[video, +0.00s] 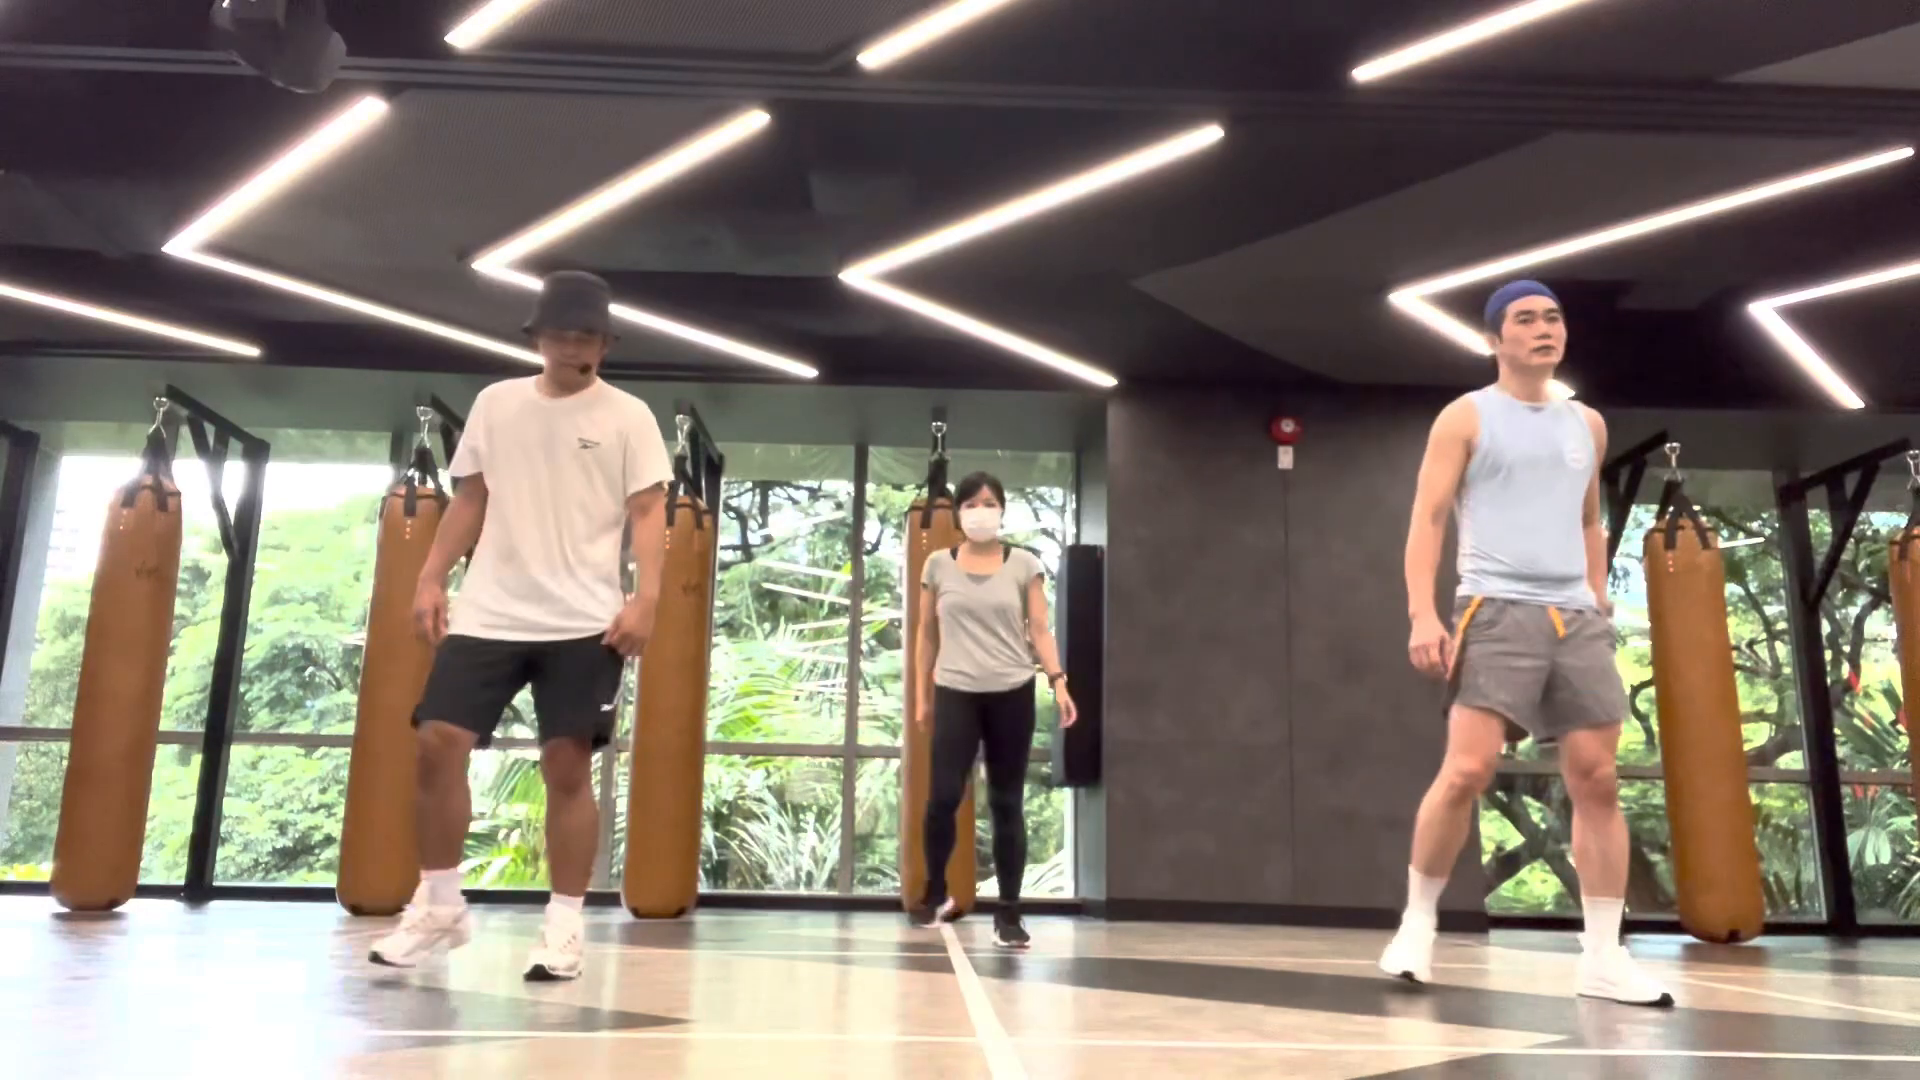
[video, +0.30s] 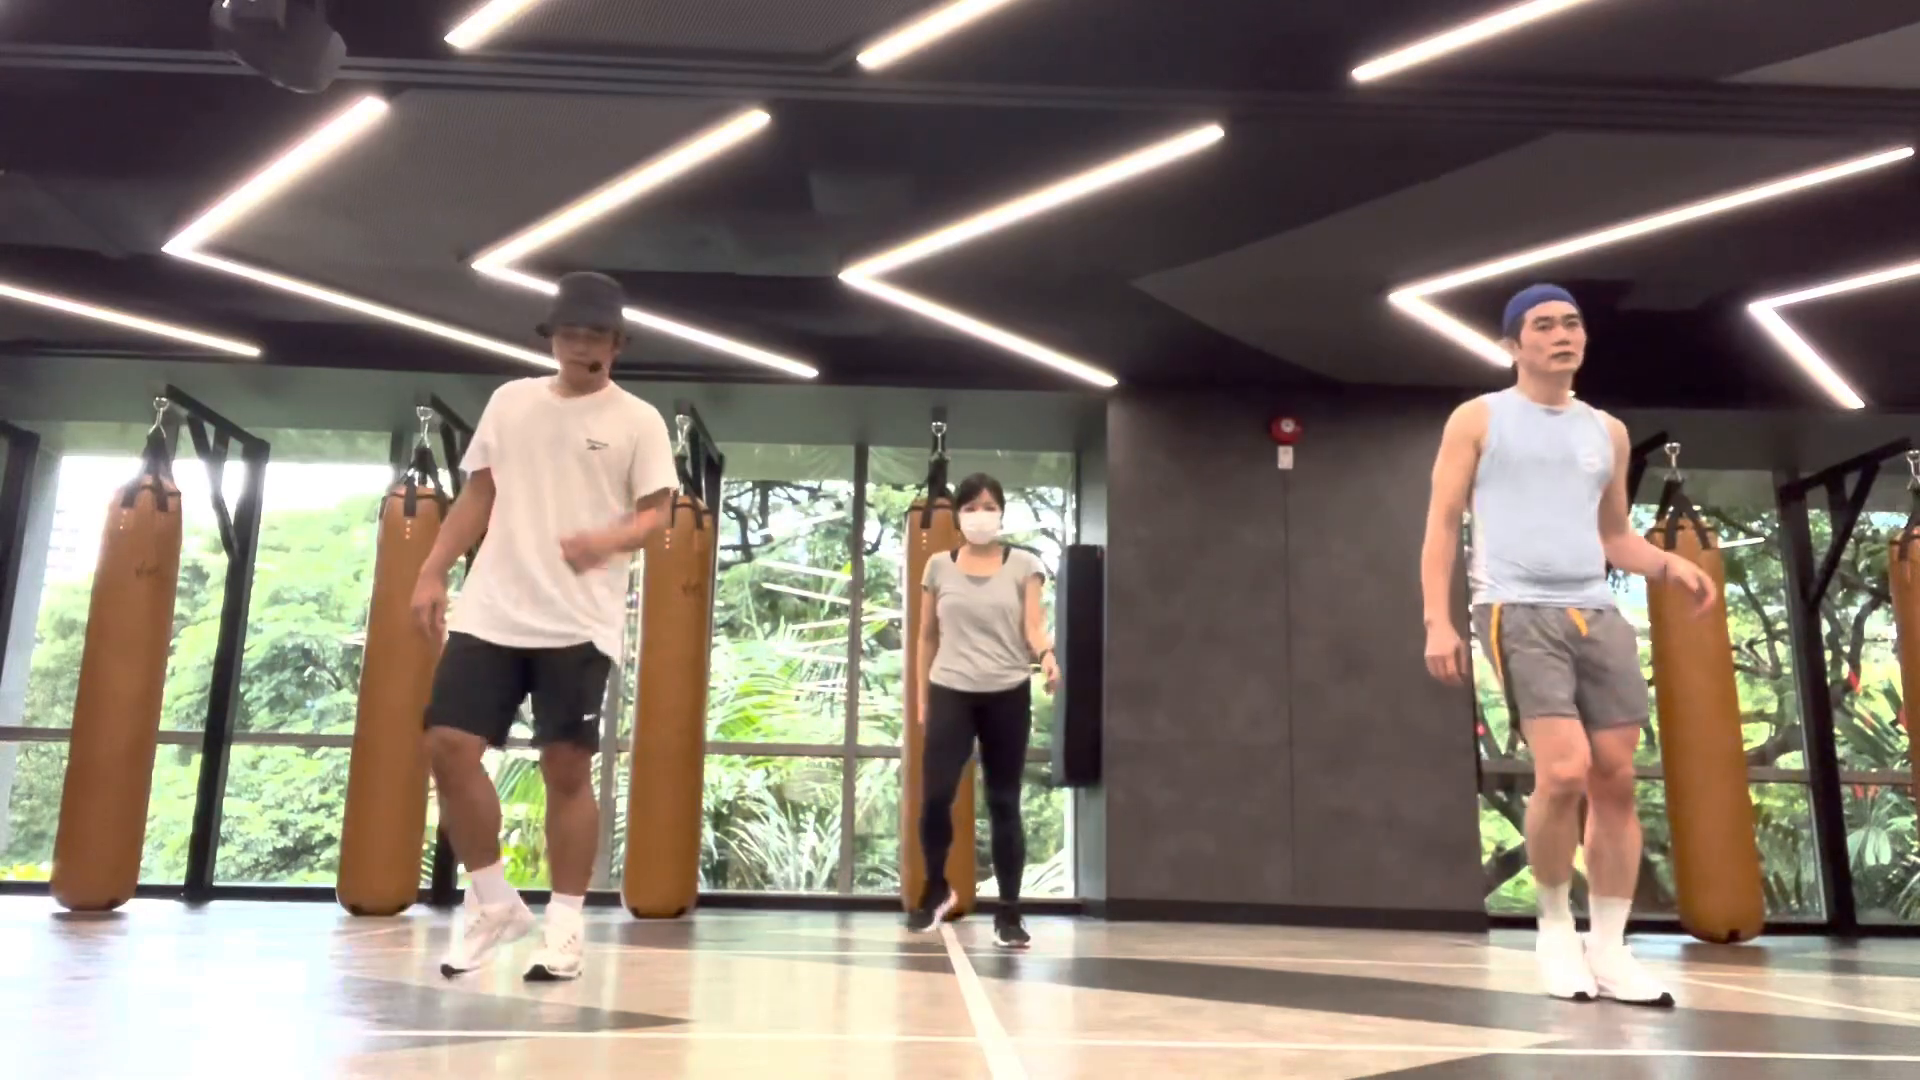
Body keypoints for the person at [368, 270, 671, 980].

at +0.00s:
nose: (575, 350)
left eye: (587, 338)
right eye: (562, 336)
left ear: (604, 339)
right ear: (537, 336)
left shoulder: (629, 416)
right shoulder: (495, 404)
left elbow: (647, 515)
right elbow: (468, 498)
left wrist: (646, 596)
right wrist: (431, 576)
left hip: (580, 621)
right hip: (488, 613)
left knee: (566, 764)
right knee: (436, 742)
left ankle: (564, 927)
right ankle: (440, 907)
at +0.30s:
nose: (588, 349)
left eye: (601, 337)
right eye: (576, 335)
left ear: (618, 341)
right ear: (551, 334)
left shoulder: (640, 421)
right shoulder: (509, 402)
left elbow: (656, 514)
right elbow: (477, 495)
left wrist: (607, 540)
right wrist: (432, 570)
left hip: (579, 621)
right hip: (492, 610)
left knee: (567, 767)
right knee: (450, 746)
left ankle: (565, 927)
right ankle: (493, 903)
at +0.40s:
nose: (585, 358)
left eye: (597, 345)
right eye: (572, 344)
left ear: (614, 342)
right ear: (547, 339)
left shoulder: (636, 420)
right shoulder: (507, 404)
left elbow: (650, 520)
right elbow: (475, 496)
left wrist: (588, 476)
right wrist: (428, 570)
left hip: (575, 621)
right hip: (486, 608)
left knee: (566, 767)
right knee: (431, 737)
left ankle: (565, 924)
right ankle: (467, 898)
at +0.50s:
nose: (576, 358)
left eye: (588, 344)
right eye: (563, 345)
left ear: (606, 342)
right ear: (538, 340)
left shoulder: (623, 416)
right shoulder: (496, 405)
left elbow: (624, 502)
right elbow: (466, 498)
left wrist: (572, 422)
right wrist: (423, 571)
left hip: (568, 625)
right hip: (477, 614)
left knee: (561, 770)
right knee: (425, 745)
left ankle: (564, 931)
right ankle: (421, 910)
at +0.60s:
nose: (540, 354)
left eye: (555, 343)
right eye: (532, 342)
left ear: (585, 346)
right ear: (519, 344)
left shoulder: (606, 416)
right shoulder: (479, 408)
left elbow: (594, 485)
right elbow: (451, 501)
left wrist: (552, 394)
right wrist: (412, 578)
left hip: (553, 628)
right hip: (463, 620)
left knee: (554, 773)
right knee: (427, 769)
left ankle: (564, 932)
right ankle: (385, 927)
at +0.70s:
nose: (519, 351)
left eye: (534, 339)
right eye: (511, 339)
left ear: (557, 346)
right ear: (494, 343)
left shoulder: (580, 412)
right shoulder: (452, 411)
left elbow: (565, 477)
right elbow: (428, 503)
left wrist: (525, 385)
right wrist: (390, 584)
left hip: (534, 631)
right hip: (444, 624)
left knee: (544, 775)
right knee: (420, 770)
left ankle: (563, 934)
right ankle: (385, 931)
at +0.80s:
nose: (492, 352)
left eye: (504, 339)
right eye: (481, 339)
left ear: (530, 342)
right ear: (461, 341)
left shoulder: (559, 408)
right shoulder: (429, 412)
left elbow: (539, 473)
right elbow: (404, 509)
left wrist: (497, 390)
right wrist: (369, 582)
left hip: (513, 629)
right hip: (423, 625)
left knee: (530, 771)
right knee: (405, 769)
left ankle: (559, 931)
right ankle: (384, 930)